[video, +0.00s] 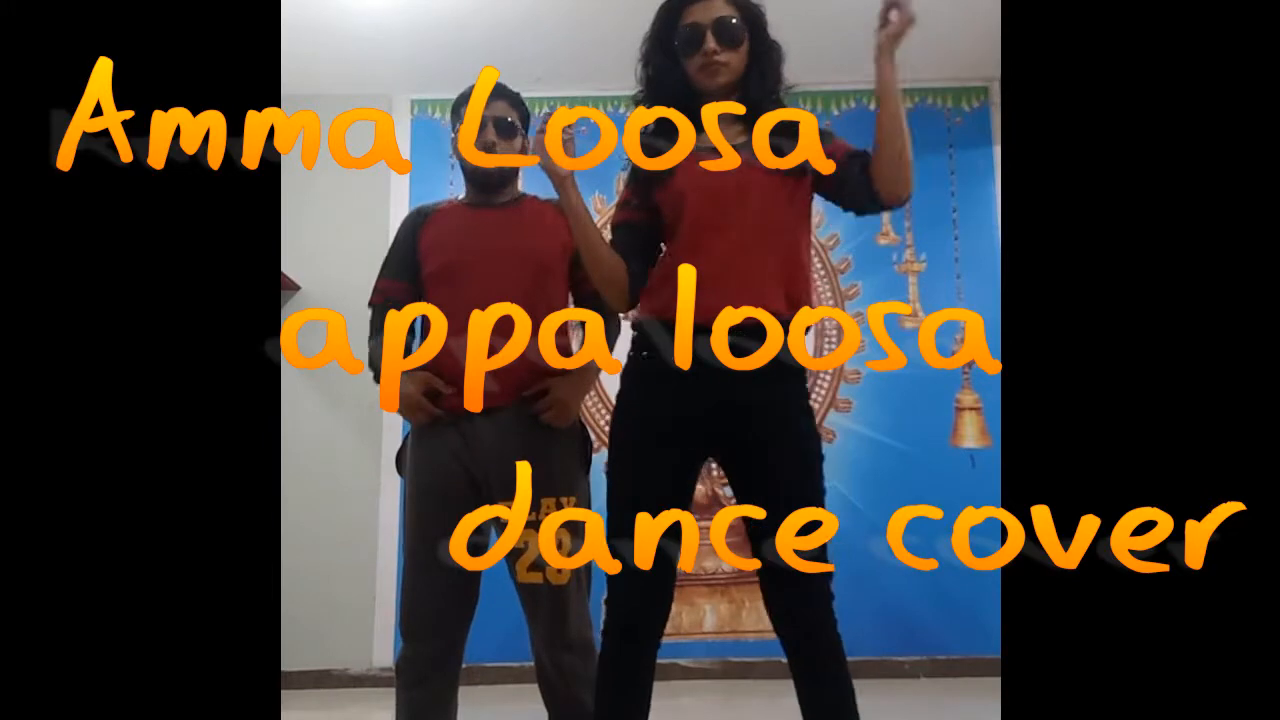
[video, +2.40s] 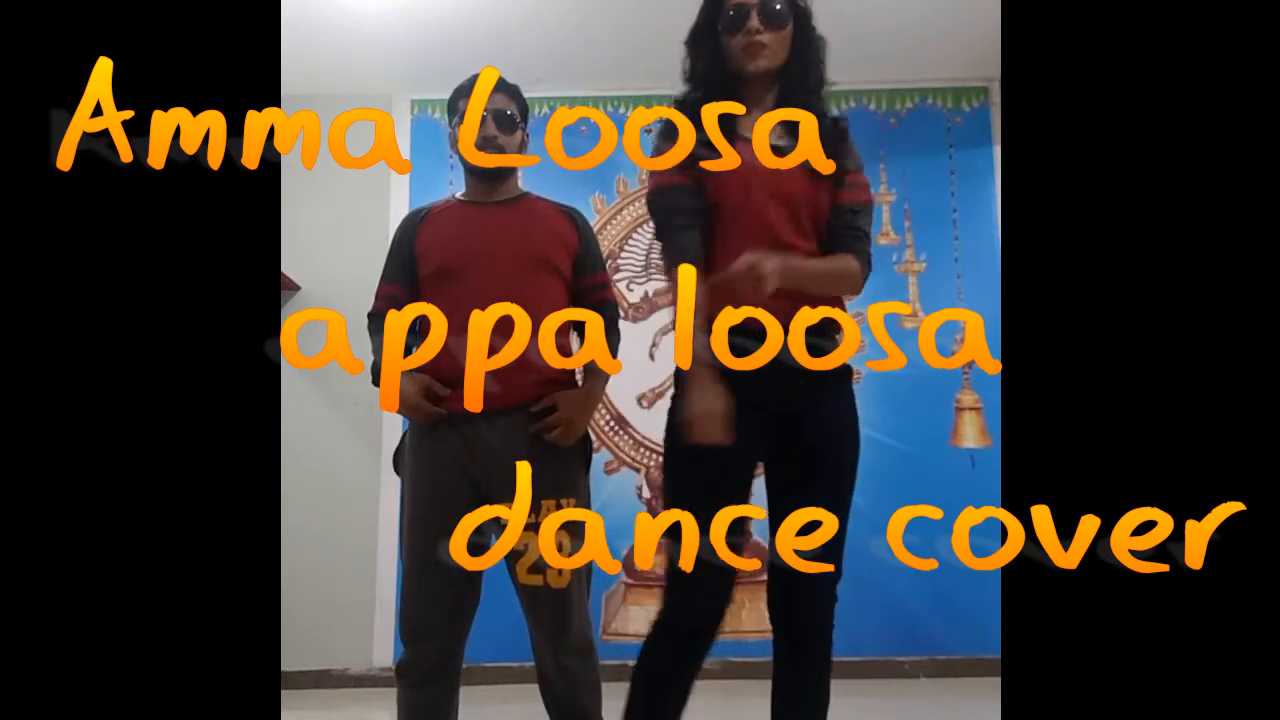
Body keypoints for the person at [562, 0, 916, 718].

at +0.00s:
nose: (710, 47)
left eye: (727, 32)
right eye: (691, 36)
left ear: (755, 47)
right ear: (670, 55)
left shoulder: (789, 134)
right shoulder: (659, 147)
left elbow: (888, 186)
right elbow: (617, 285)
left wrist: (885, 63)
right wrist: (562, 182)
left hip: (767, 380)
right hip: (664, 378)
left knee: (802, 592)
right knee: (637, 594)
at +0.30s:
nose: (714, 57)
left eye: (730, 38)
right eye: (695, 45)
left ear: (760, 45)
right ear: (674, 57)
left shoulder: (784, 133)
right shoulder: (654, 140)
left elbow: (868, 176)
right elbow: (639, 269)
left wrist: (829, 72)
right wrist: (686, 196)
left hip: (777, 383)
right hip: (674, 383)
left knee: (800, 596)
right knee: (646, 598)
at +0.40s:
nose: (720, 58)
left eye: (735, 40)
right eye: (700, 46)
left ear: (765, 47)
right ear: (679, 59)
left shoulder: (792, 137)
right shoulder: (662, 137)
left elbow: (876, 168)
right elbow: (664, 259)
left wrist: (827, 72)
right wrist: (749, 190)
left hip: (787, 387)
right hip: (683, 387)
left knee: (805, 593)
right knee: (635, 589)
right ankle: (604, 719)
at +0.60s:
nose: (735, 55)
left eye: (751, 35)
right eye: (715, 43)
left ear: (781, 38)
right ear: (693, 57)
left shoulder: (819, 125)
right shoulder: (686, 135)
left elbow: (902, 149)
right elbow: (731, 247)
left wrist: (845, 56)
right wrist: (861, 199)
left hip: (768, 379)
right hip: (672, 371)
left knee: (786, 585)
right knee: (628, 570)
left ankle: (790, 719)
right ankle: (576, 716)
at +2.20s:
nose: (749, 29)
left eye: (764, 17)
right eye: (730, 19)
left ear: (788, 34)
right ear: (707, 41)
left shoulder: (820, 130)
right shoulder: (681, 126)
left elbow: (878, 242)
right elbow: (715, 240)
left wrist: (869, 122)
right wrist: (832, 298)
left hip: (799, 384)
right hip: (696, 383)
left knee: (799, 597)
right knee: (651, 593)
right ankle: (601, 718)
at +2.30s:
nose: (752, 32)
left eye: (769, 17)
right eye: (733, 21)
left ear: (796, 34)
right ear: (712, 41)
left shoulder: (823, 141)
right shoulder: (681, 133)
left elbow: (853, 277)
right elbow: (701, 260)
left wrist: (815, 232)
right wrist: (761, 367)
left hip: (812, 376)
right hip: (712, 376)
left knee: (804, 596)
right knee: (674, 592)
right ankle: (631, 719)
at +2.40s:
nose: (755, 33)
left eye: (771, 18)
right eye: (735, 21)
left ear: (796, 31)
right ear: (713, 38)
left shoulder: (828, 132)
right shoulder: (683, 130)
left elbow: (852, 268)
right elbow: (683, 257)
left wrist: (784, 269)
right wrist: (698, 378)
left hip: (815, 382)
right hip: (716, 377)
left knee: (807, 597)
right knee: (699, 593)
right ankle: (643, 718)